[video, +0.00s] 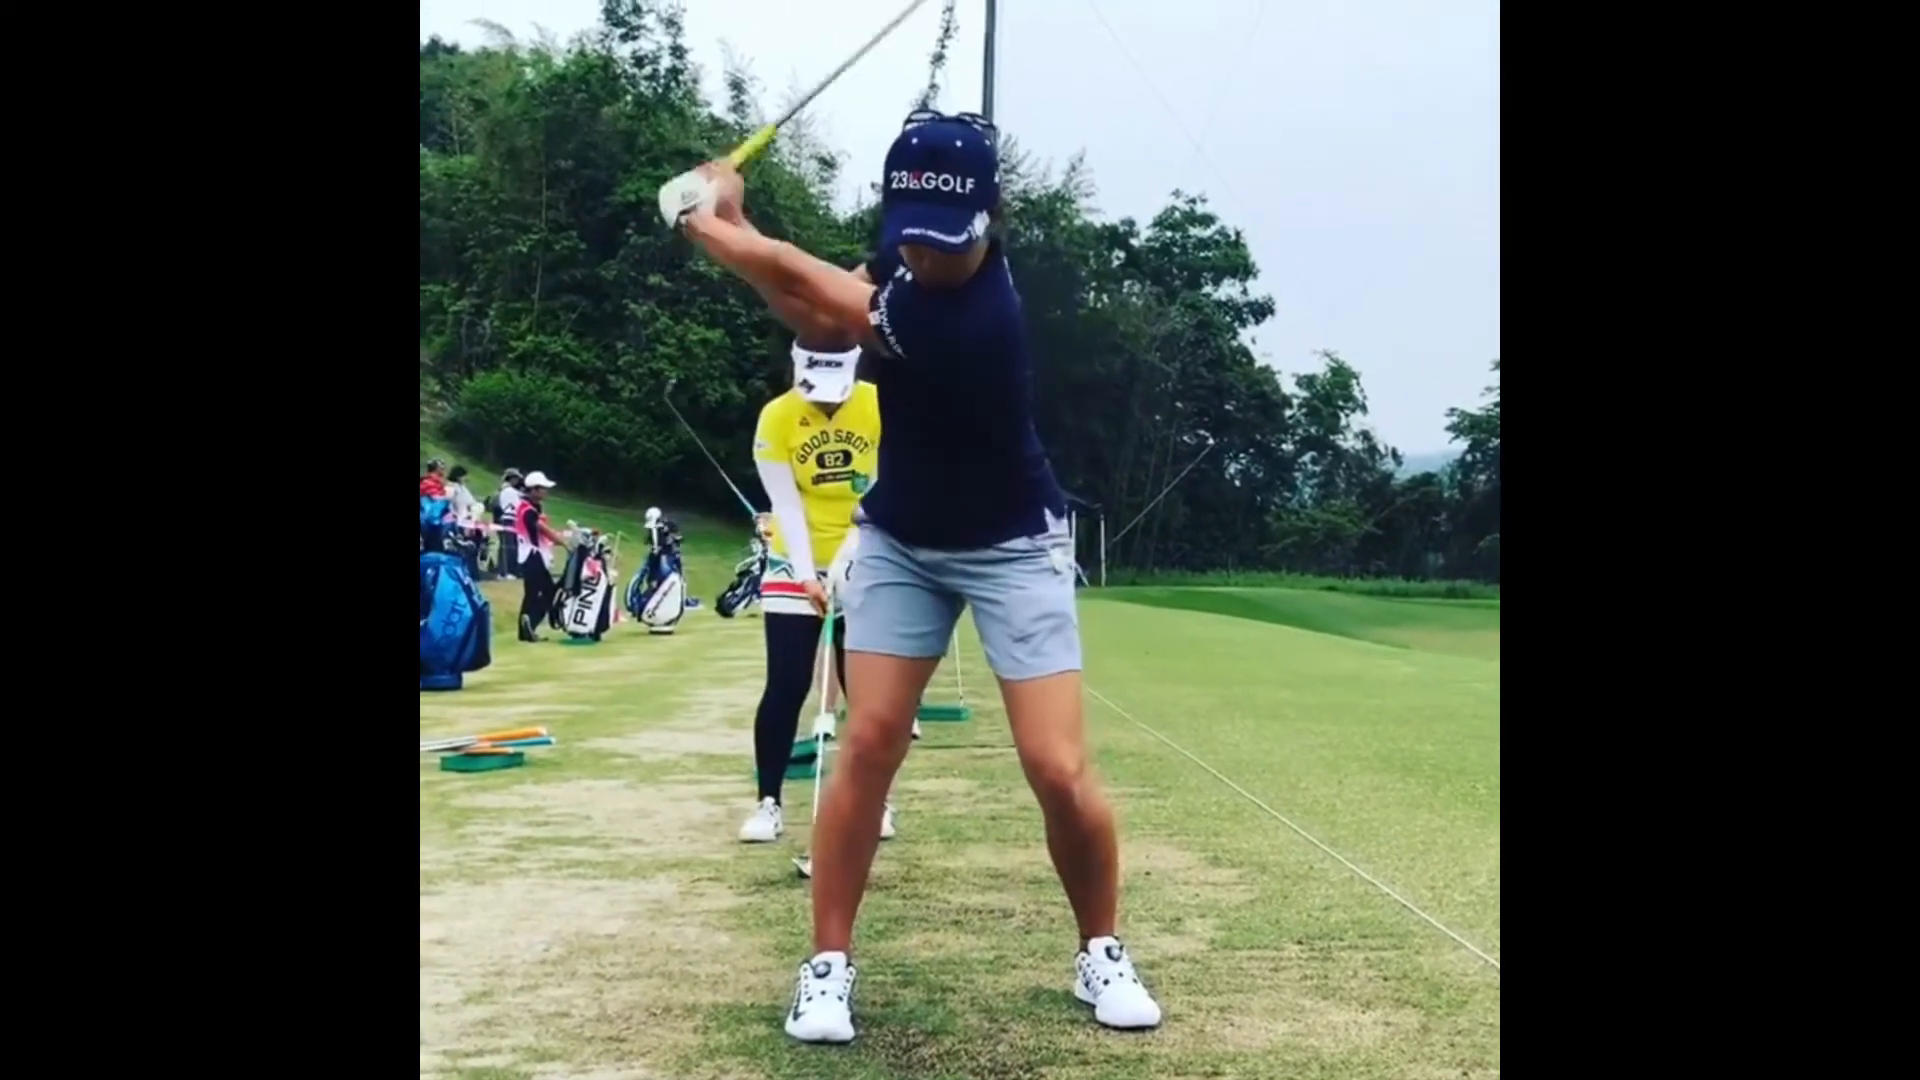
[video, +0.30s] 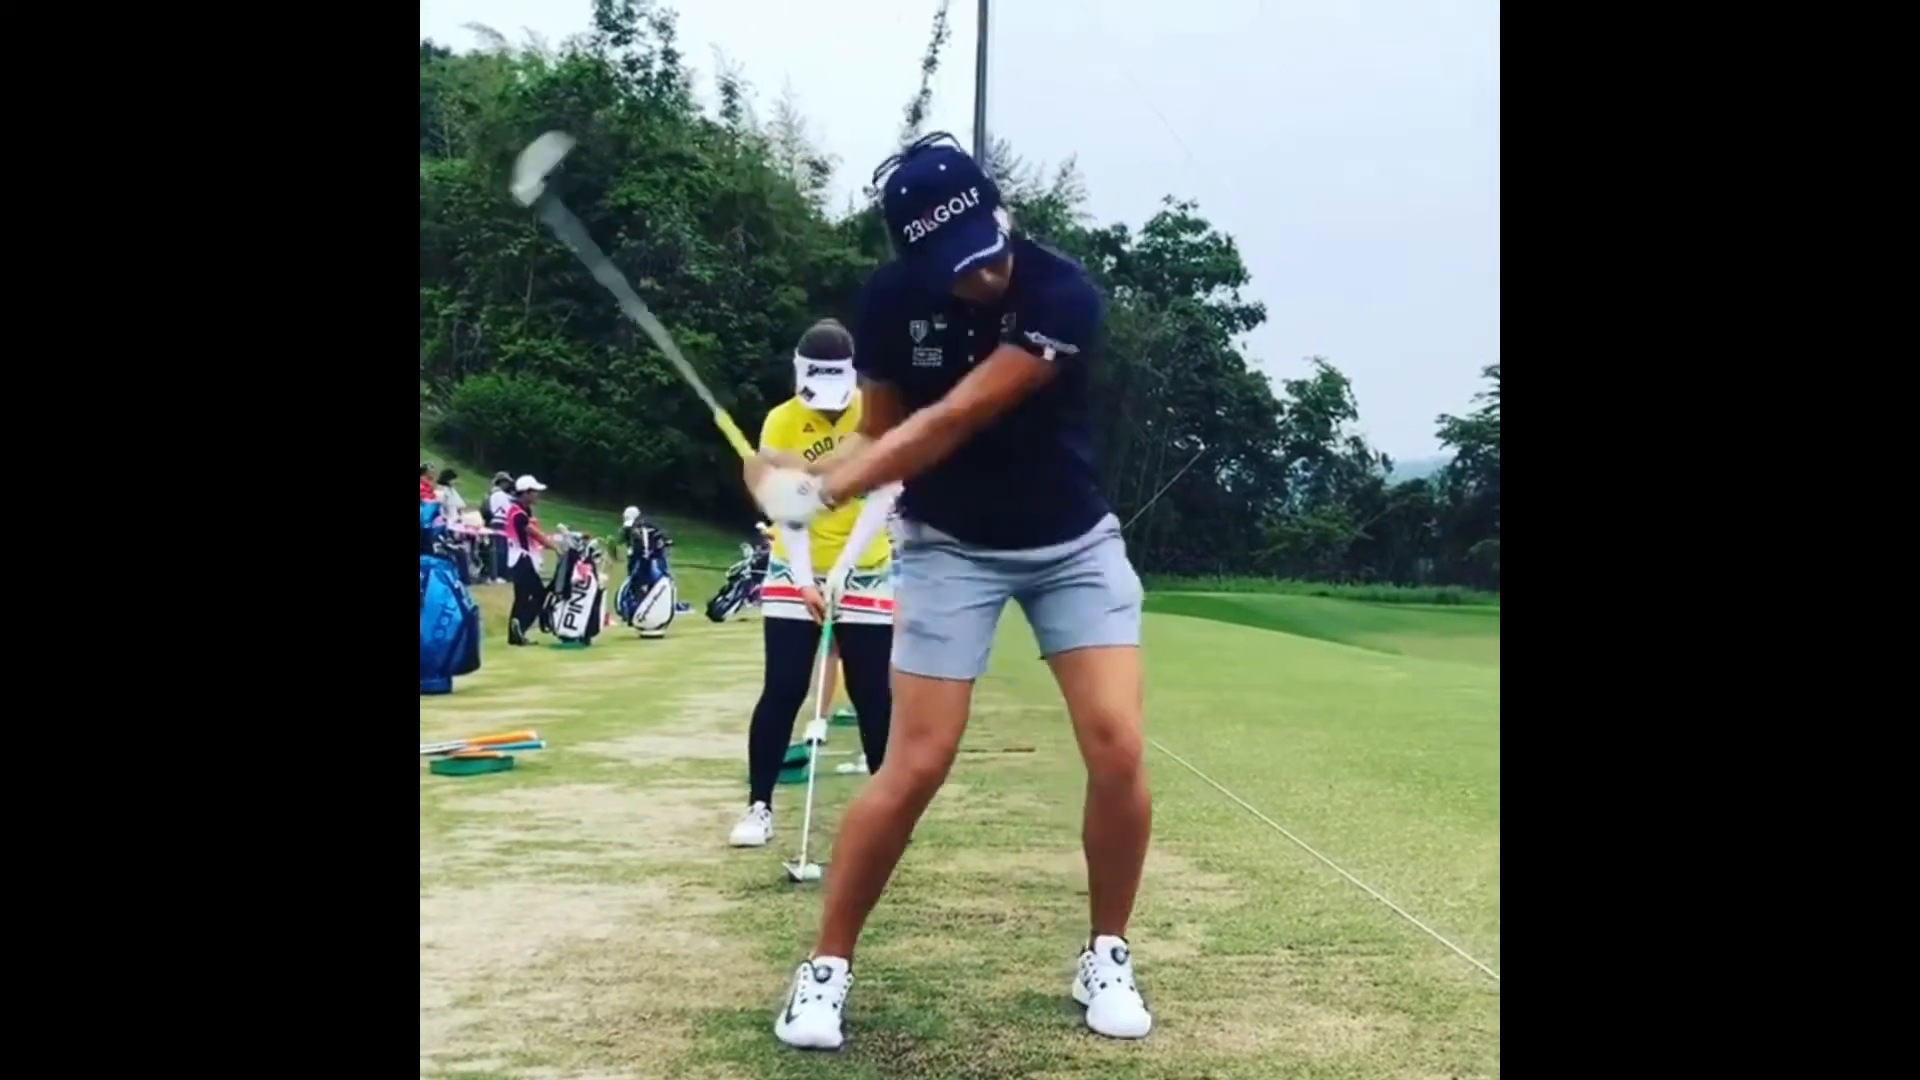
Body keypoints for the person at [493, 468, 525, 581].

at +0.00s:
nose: (519, 483)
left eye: (519, 481)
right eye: (517, 481)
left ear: (507, 480)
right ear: (513, 480)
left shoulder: (503, 492)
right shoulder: (513, 492)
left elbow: (498, 507)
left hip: (504, 519)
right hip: (511, 520)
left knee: (504, 545)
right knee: (511, 546)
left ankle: (503, 569)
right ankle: (509, 570)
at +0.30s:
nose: (509, 486)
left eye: (509, 484)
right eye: (507, 484)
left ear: (497, 484)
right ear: (504, 484)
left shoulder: (492, 496)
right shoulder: (506, 496)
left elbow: (487, 509)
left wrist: (488, 520)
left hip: (494, 523)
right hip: (503, 524)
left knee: (496, 549)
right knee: (502, 550)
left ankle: (494, 574)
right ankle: (501, 574)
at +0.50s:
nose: (499, 488)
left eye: (499, 486)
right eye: (497, 486)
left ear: (486, 485)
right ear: (494, 485)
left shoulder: (482, 496)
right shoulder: (496, 498)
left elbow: (474, 511)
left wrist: (480, 520)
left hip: (484, 526)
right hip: (492, 526)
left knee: (484, 552)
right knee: (491, 552)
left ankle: (483, 576)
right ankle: (489, 576)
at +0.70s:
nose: (487, 489)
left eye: (487, 486)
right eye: (486, 487)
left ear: (475, 486)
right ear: (484, 487)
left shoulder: (471, 498)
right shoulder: (487, 500)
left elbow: (463, 513)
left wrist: (469, 521)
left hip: (471, 528)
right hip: (481, 529)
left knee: (470, 554)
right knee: (480, 554)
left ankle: (471, 578)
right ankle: (480, 578)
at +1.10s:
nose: (472, 491)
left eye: (471, 489)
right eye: (470, 489)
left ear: (460, 489)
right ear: (467, 489)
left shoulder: (455, 501)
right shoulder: (471, 503)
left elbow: (447, 516)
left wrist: (455, 524)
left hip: (456, 531)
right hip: (466, 532)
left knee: (455, 557)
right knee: (465, 557)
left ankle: (455, 581)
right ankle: (465, 580)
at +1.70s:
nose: (467, 498)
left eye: (467, 495)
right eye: (466, 495)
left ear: (455, 495)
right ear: (463, 496)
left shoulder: (451, 508)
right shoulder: (465, 510)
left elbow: (444, 523)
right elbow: (468, 524)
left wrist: (450, 531)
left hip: (450, 539)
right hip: (460, 540)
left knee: (451, 565)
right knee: (460, 564)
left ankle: (450, 588)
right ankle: (459, 588)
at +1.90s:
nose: (461, 472)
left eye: (461, 469)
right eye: (459, 469)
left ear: (447, 468)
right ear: (455, 469)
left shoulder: (442, 481)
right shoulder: (457, 483)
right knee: (466, 539)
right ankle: (470, 565)